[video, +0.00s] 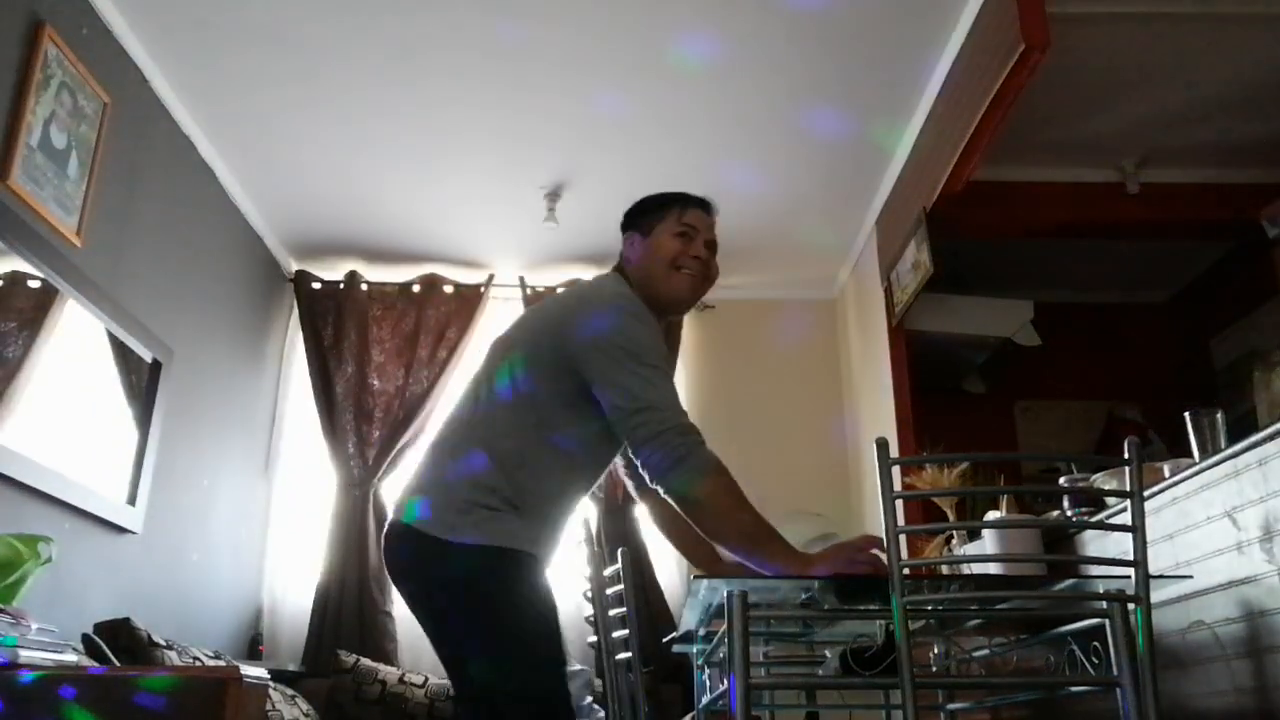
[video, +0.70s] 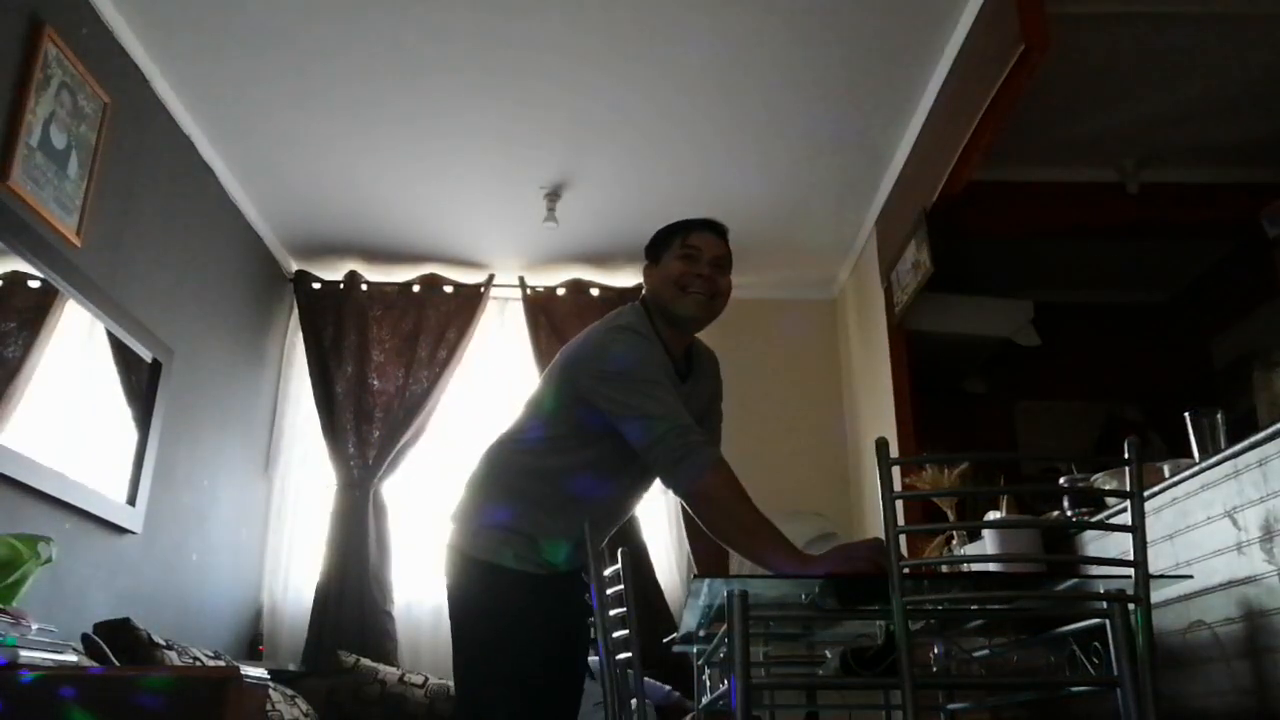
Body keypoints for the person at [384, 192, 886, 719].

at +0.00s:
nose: (702, 251)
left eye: (711, 245)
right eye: (683, 233)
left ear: (711, 272)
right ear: (632, 244)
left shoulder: (626, 325)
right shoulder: (608, 314)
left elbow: (648, 483)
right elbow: (680, 463)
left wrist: (714, 566)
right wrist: (798, 562)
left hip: (480, 543)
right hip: (462, 544)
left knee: (517, 707)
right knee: (530, 708)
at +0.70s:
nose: (706, 274)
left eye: (720, 266)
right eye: (689, 258)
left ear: (729, 289)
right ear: (649, 272)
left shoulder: (700, 368)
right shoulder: (618, 348)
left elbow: (700, 491)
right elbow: (696, 476)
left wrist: (716, 602)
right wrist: (799, 564)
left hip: (566, 555)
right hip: (502, 548)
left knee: (552, 704)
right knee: (499, 706)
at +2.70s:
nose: (713, 282)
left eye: (727, 274)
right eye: (697, 264)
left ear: (734, 294)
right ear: (656, 275)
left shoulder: (697, 370)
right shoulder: (619, 348)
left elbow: (703, 489)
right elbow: (692, 479)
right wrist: (799, 564)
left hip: (564, 554)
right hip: (499, 546)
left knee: (549, 705)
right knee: (495, 708)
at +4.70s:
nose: (700, 270)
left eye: (715, 266)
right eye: (684, 255)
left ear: (719, 293)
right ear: (644, 268)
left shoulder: (676, 374)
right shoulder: (613, 337)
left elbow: (687, 497)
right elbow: (692, 467)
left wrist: (718, 601)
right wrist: (801, 564)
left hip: (526, 550)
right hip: (465, 533)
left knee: (528, 701)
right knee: (471, 703)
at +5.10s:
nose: (714, 327)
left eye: (718, 312)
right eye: (714, 307)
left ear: (671, 290)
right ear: (679, 289)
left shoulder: (624, 355)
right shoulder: (605, 342)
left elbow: (671, 499)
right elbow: (686, 474)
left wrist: (718, 599)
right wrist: (803, 562)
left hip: (505, 563)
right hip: (473, 560)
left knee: (550, 712)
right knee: (546, 714)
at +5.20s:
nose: (685, 325)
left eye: (690, 308)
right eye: (689, 305)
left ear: (626, 281)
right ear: (668, 290)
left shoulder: (579, 335)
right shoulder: (599, 333)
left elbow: (656, 487)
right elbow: (682, 456)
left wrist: (722, 579)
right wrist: (799, 547)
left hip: (470, 563)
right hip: (484, 566)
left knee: (520, 714)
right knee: (555, 713)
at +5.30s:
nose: (656, 286)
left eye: (660, 275)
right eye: (660, 272)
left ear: (595, 250)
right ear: (645, 261)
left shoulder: (547, 299)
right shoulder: (596, 295)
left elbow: (607, 449)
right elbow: (635, 416)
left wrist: (708, 500)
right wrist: (771, 464)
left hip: (462, 537)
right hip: (498, 541)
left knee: (520, 707)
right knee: (552, 708)